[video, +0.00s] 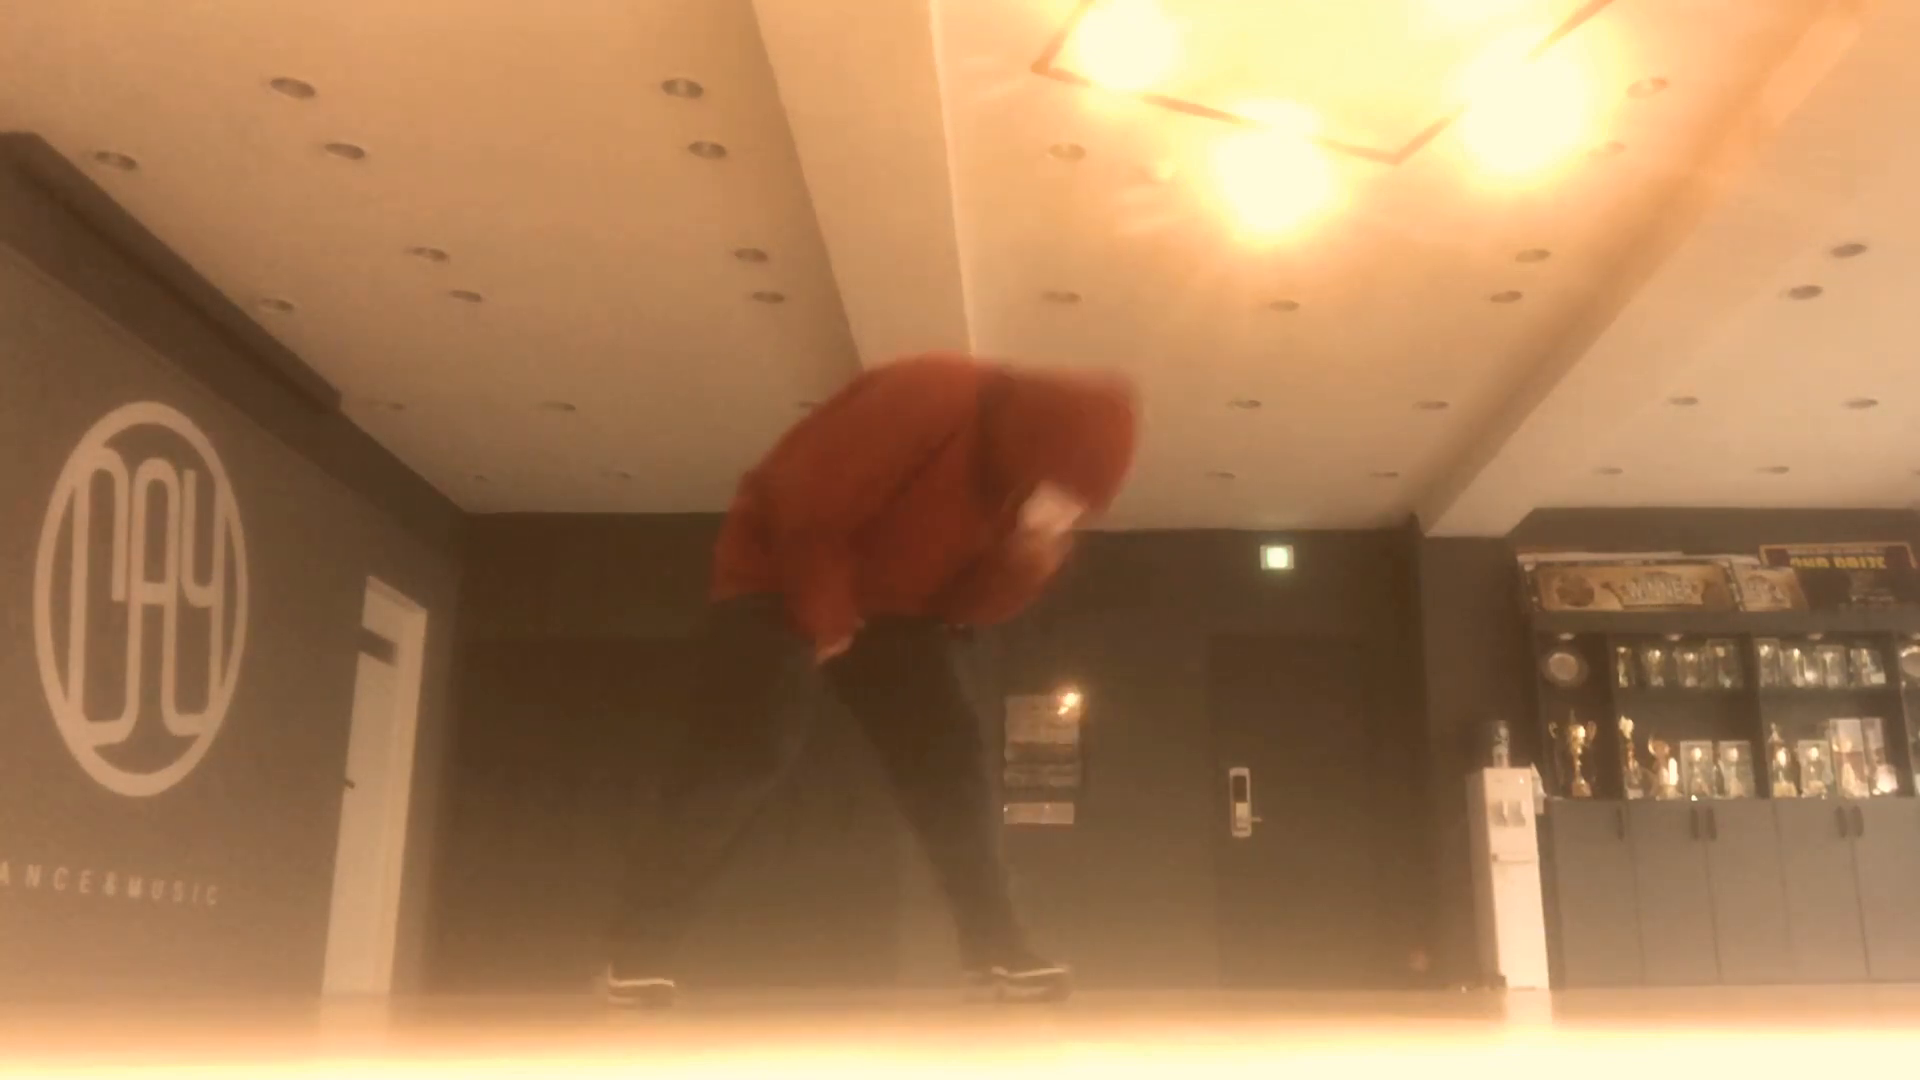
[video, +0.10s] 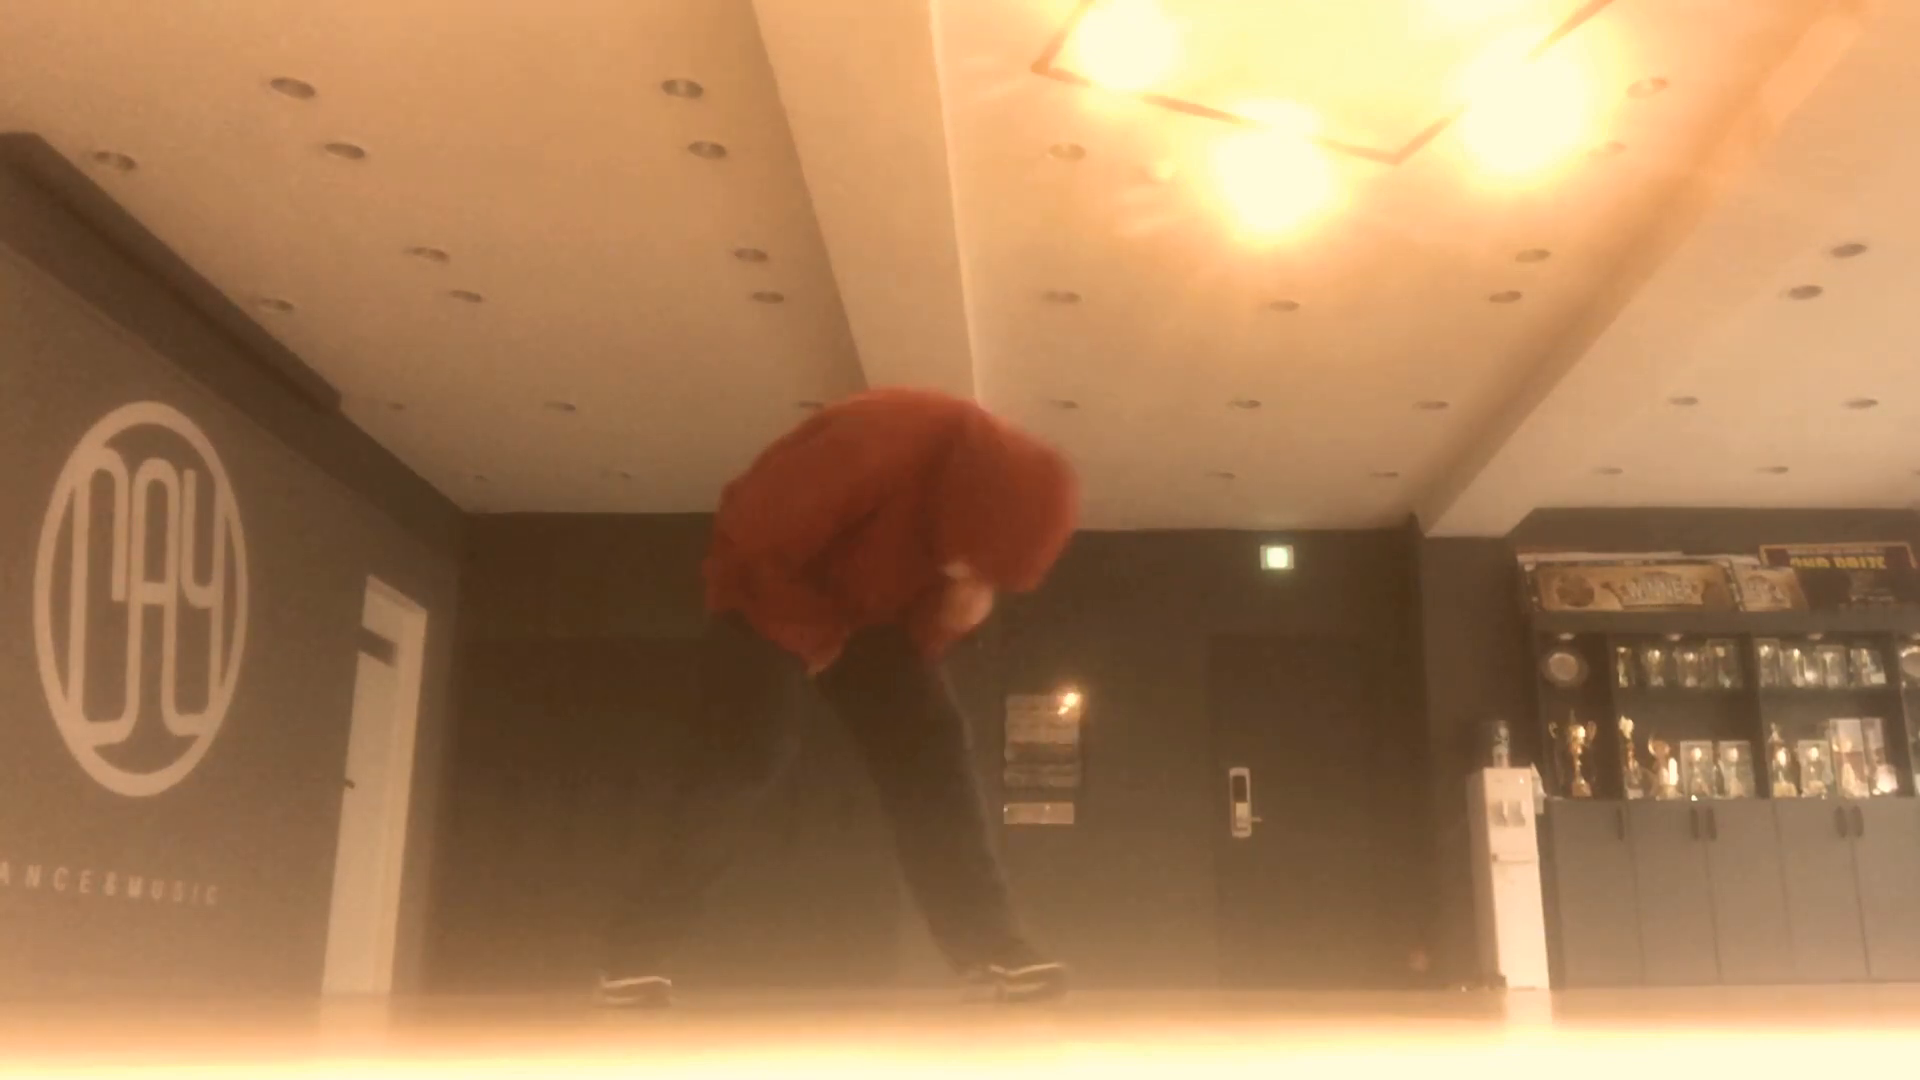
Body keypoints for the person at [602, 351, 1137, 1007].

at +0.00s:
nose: (1051, 502)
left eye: (1070, 499)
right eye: (1056, 486)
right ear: (1036, 441)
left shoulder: (1033, 464)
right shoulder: (929, 397)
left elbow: (967, 607)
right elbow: (801, 491)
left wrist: (1031, 550)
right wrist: (827, 621)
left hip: (889, 598)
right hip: (779, 572)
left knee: (950, 757)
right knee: (749, 748)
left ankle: (995, 948)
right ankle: (640, 946)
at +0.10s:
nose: (976, 572)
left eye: (992, 570)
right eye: (979, 559)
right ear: (969, 507)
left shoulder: (1001, 494)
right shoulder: (879, 440)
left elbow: (920, 643)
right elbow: (752, 532)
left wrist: (954, 618)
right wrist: (810, 631)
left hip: (868, 601)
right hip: (768, 578)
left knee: (932, 744)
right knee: (748, 753)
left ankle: (987, 948)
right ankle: (636, 949)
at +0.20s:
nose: (935, 544)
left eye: (951, 538)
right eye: (929, 532)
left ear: (993, 494)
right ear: (908, 482)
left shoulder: (1009, 476)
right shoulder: (834, 427)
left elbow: (987, 608)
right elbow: (748, 532)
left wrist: (954, 601)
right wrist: (816, 624)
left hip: (897, 614)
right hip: (787, 596)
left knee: (950, 752)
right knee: (738, 758)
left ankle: (987, 942)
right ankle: (632, 946)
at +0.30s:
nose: (936, 500)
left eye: (952, 484)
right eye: (919, 485)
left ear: (980, 446)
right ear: (880, 432)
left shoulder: (1004, 421)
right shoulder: (816, 400)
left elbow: (1026, 555)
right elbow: (771, 545)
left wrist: (962, 549)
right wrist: (855, 610)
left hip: (936, 589)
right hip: (826, 582)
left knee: (978, 748)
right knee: (765, 744)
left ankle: (995, 940)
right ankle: (637, 926)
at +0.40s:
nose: (944, 450)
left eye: (955, 436)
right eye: (927, 439)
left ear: (974, 395)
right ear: (877, 401)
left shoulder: (976, 389)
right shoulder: (799, 396)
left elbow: (1029, 508)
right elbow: (787, 546)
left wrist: (991, 489)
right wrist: (879, 608)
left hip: (958, 573)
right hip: (844, 580)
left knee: (1010, 734)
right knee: (810, 743)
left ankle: (1039, 931)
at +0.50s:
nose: (957, 442)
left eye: (964, 427)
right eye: (939, 431)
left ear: (969, 398)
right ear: (890, 407)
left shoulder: (952, 393)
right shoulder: (791, 409)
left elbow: (1014, 514)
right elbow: (790, 574)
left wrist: (1003, 476)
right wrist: (878, 631)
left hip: (953, 579)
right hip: (847, 593)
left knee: (1051, 725)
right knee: (832, 770)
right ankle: (818, 955)